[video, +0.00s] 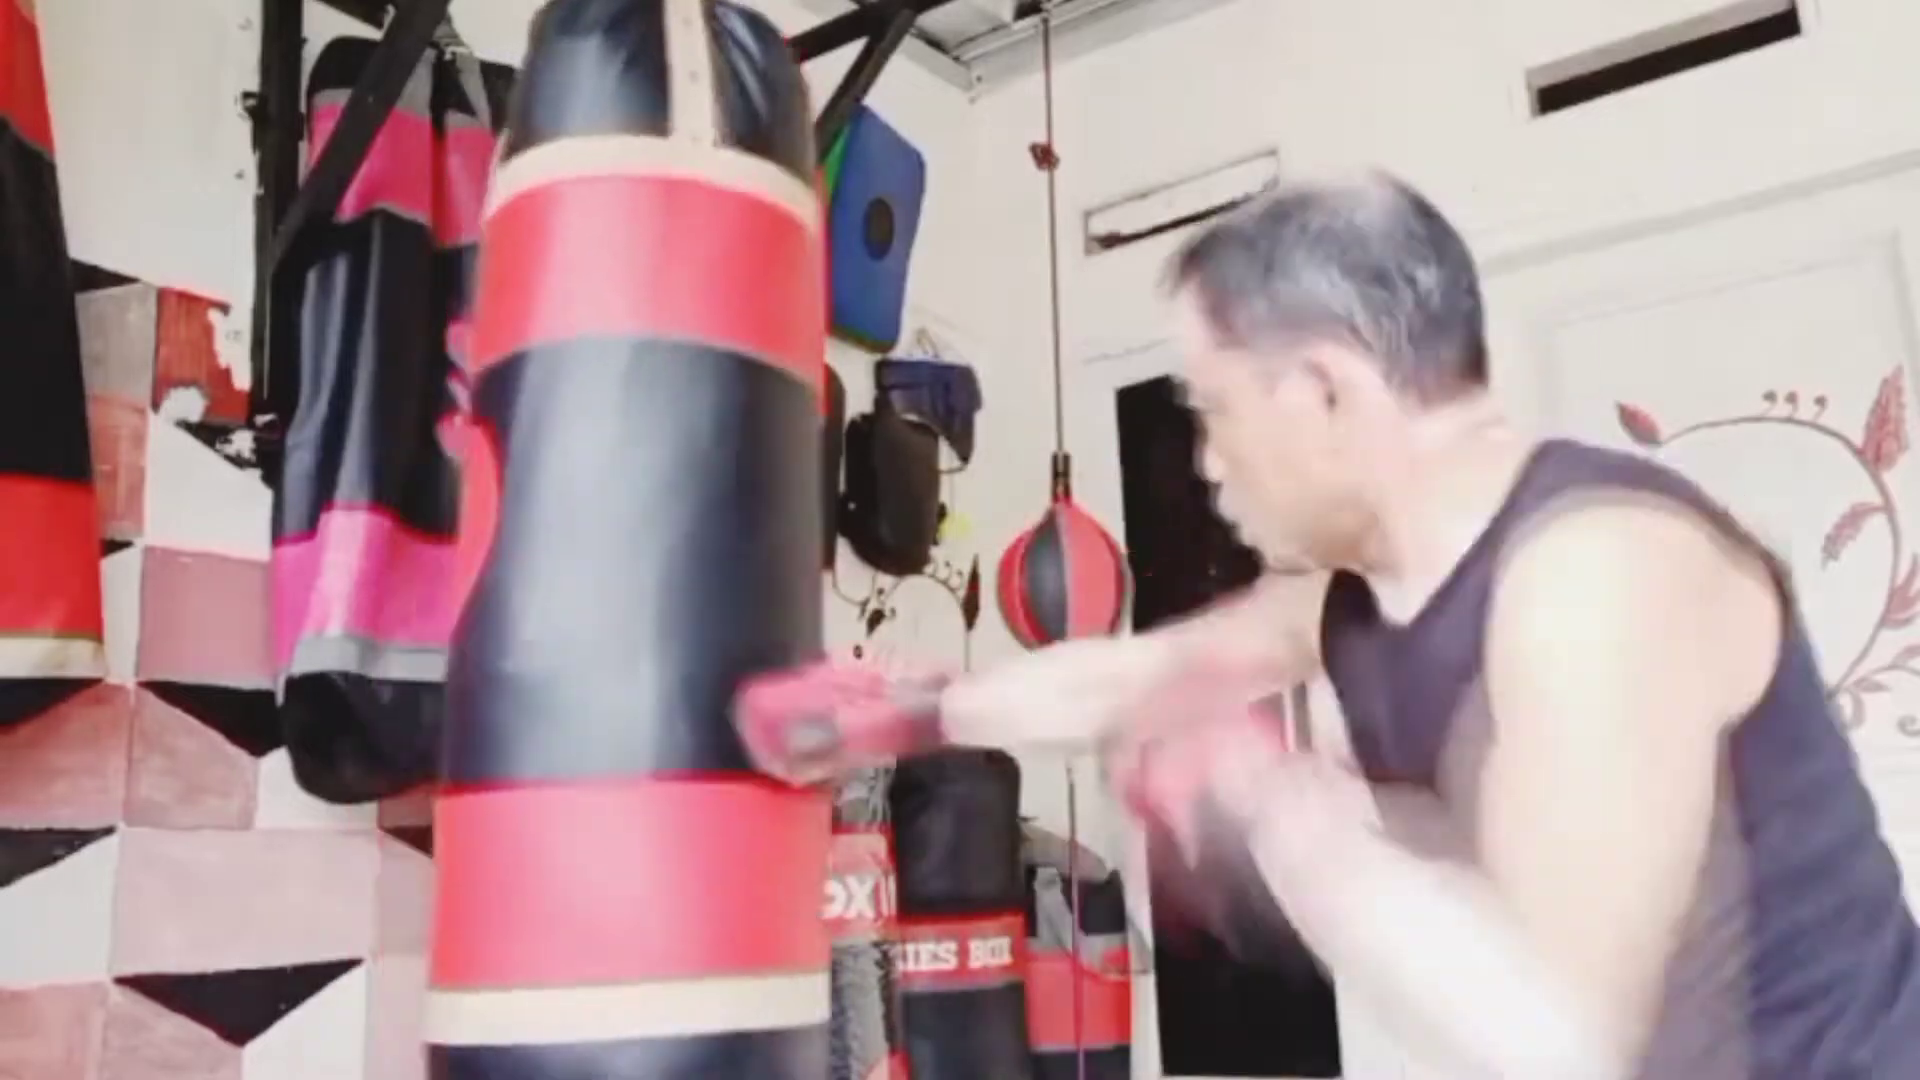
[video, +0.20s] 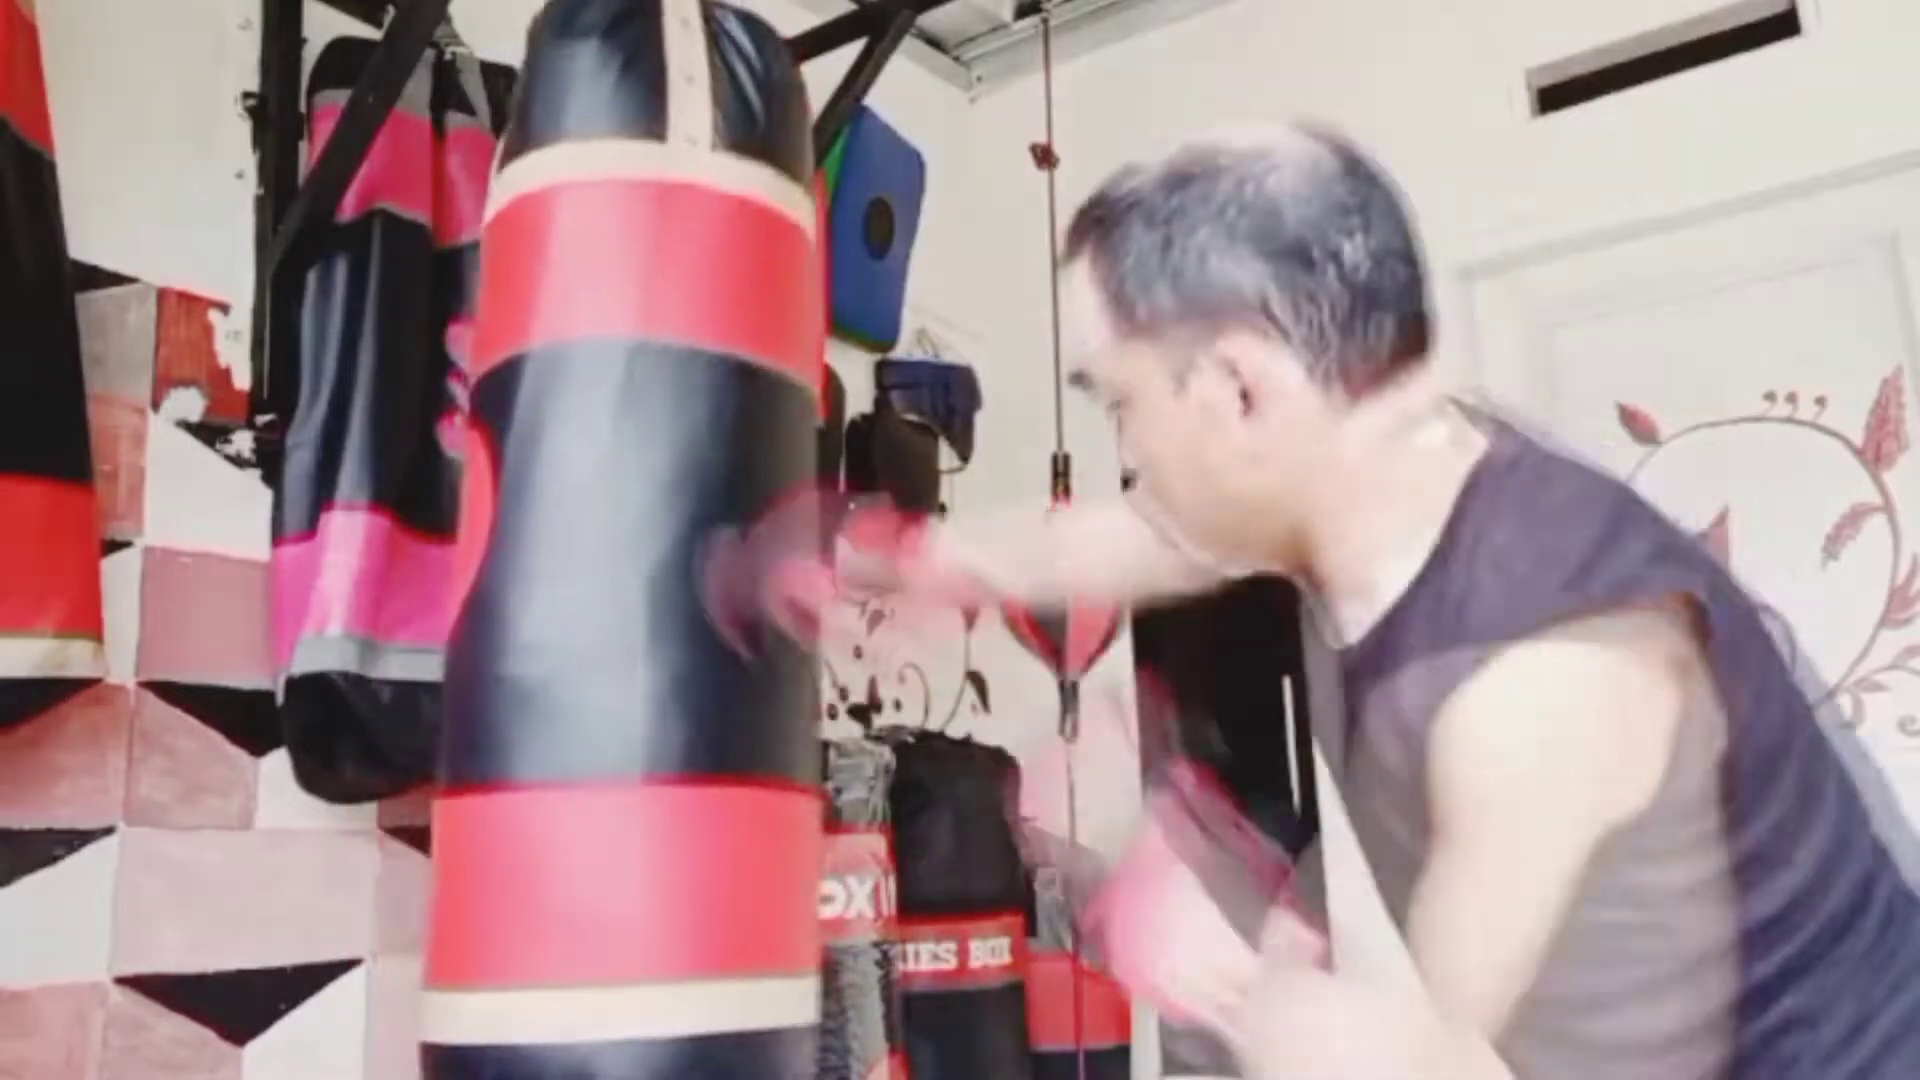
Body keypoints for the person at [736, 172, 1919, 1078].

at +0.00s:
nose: (1205, 462)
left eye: (1210, 410)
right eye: (1197, 418)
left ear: (1333, 382)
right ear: (1339, 384)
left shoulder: (1609, 574)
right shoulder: (1381, 574)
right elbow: (1153, 677)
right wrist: (918, 711)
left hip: (1809, 1057)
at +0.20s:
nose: (1122, 452)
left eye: (1120, 400)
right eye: (1112, 404)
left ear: (1240, 382)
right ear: (1241, 382)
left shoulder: (1556, 667)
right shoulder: (1387, 493)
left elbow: (1440, 1054)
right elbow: (1136, 547)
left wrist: (1232, 981)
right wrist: (907, 564)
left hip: (1814, 1054)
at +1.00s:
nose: (1308, 370)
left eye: (1316, 330)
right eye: (1313, 330)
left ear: (1365, 312)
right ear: (1504, 294)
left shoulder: (1329, 525)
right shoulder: (1672, 458)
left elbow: (990, 758)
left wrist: (1004, 612)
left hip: (1527, 1053)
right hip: (1765, 1038)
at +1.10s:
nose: (1124, 430)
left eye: (1126, 385)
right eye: (1115, 395)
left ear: (1203, 337)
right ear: (1294, 319)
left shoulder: (1348, 561)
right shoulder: (1445, 453)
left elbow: (1005, 819)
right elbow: (1186, 500)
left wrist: (969, 605)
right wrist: (961, 485)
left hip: (1497, 1055)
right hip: (1604, 1026)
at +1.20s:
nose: (1064, 462)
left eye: (1057, 422)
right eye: (1044, 429)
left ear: (1131, 385)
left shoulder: (1321, 610)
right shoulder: (1361, 449)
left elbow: (1004, 883)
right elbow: (1152, 503)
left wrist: (964, 656)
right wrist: (882, 501)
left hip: (1451, 1059)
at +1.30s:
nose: (1048, 469)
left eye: (1040, 428)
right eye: (1028, 431)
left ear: (1118, 405)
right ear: (1244, 347)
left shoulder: (1298, 627)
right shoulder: (1346, 472)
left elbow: (973, 900)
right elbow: (1175, 553)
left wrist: (952, 649)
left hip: (1428, 1057)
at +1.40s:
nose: (1057, 474)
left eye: (1042, 420)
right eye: (1036, 425)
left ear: (1108, 387)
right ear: (1241, 332)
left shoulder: (1276, 588)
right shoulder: (1383, 481)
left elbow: (972, 871)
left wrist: (938, 646)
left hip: (1475, 1060)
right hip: (1613, 1035)